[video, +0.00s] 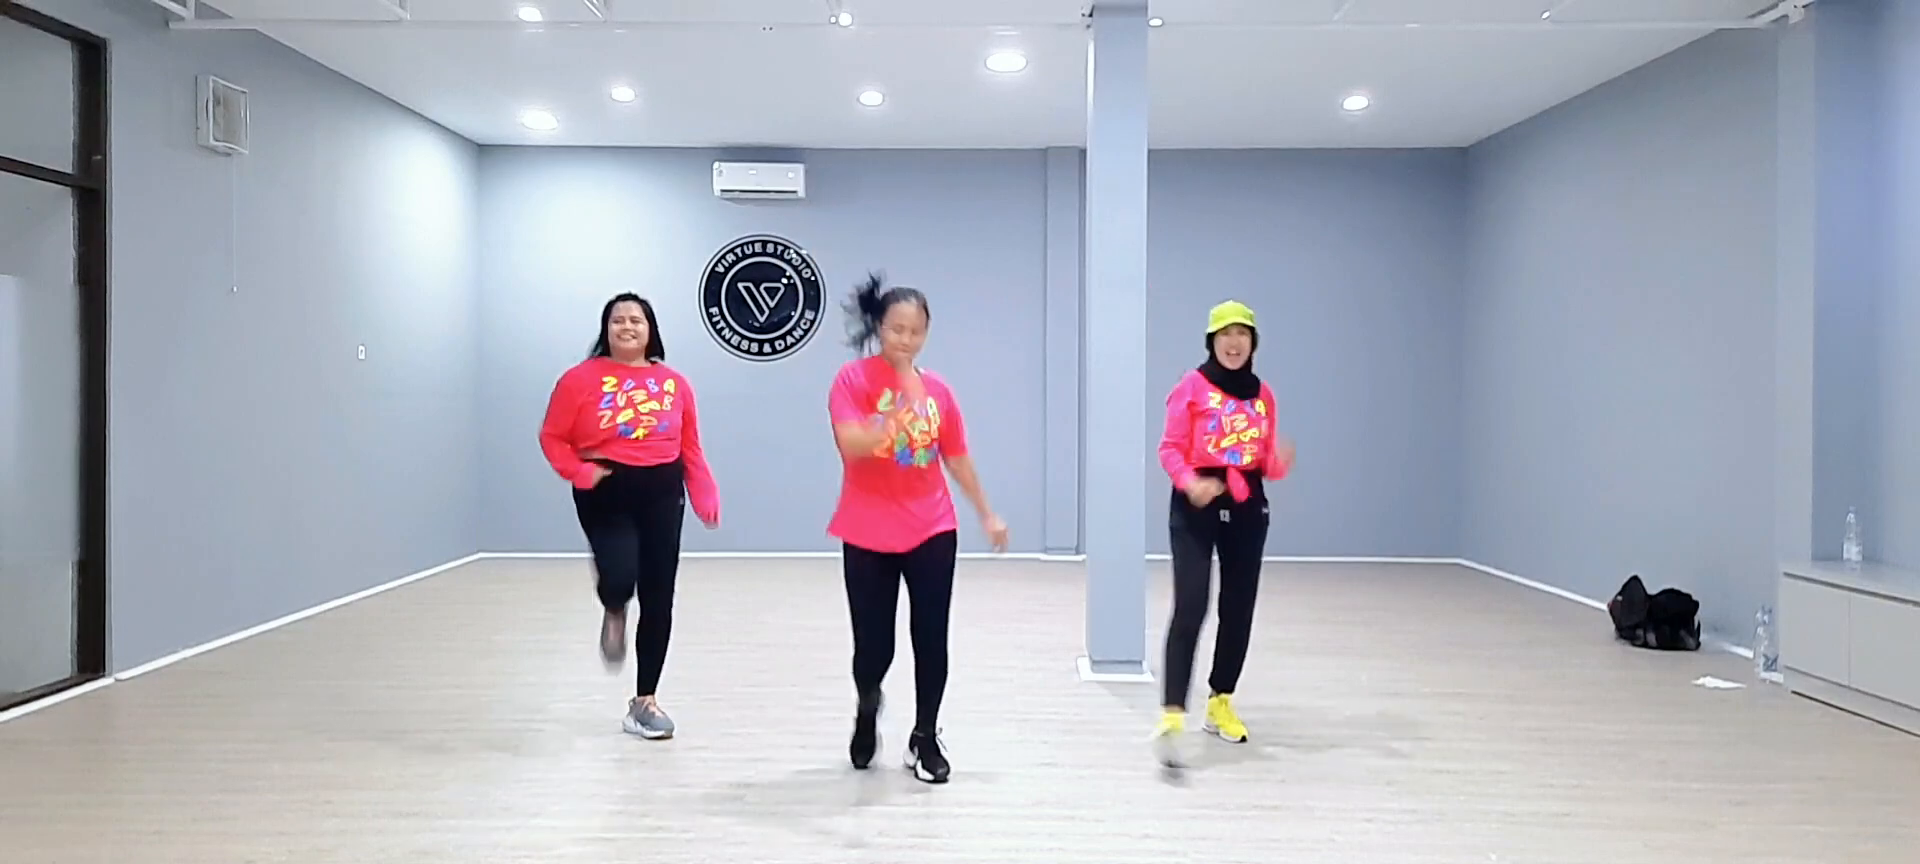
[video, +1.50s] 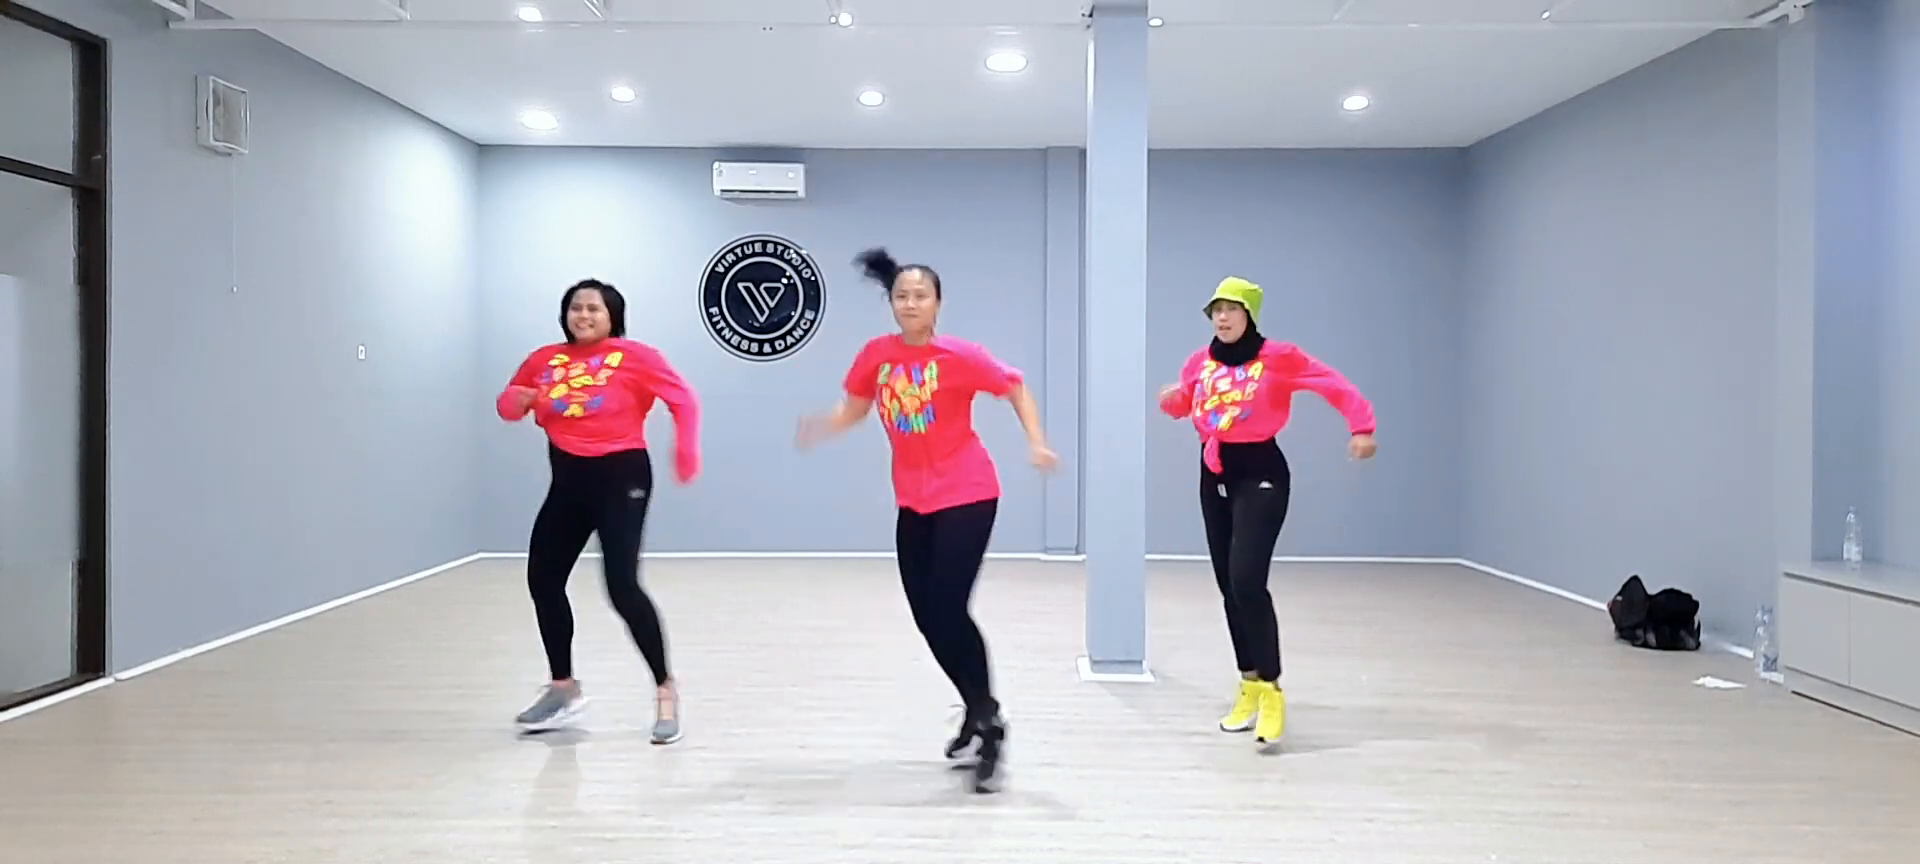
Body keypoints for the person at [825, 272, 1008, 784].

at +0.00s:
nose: (906, 339)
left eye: (916, 330)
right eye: (897, 329)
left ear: (926, 334)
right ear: (878, 329)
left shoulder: (937, 390)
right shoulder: (853, 380)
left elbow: (958, 459)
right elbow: (852, 445)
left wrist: (987, 513)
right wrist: (897, 416)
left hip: (931, 529)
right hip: (868, 531)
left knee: (931, 643)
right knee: (873, 651)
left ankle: (925, 736)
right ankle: (867, 711)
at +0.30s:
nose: (922, 352)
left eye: (929, 343)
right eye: (913, 342)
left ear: (936, 334)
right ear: (889, 330)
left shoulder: (927, 371)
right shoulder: (859, 370)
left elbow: (950, 439)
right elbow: (785, 399)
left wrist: (943, 391)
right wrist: (825, 455)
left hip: (902, 521)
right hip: (854, 521)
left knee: (941, 620)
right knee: (872, 644)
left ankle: (909, 729)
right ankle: (837, 785)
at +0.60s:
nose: (934, 325)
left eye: (936, 316)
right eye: (934, 315)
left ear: (893, 305)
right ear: (918, 308)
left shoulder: (854, 347)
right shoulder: (911, 355)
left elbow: (815, 387)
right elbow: (924, 427)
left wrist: (851, 424)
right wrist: (962, 402)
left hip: (827, 508)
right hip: (868, 513)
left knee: (878, 626)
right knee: (885, 634)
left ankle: (858, 745)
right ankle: (844, 775)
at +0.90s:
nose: (850, 323)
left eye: (853, 315)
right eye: (853, 314)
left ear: (864, 318)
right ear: (901, 316)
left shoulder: (839, 374)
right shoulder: (932, 375)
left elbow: (812, 450)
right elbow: (941, 449)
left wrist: (825, 495)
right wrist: (895, 466)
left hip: (842, 526)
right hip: (908, 528)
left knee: (842, 637)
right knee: (910, 614)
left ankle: (835, 761)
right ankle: (914, 697)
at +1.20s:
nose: (879, 332)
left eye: (890, 325)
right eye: (878, 324)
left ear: (918, 335)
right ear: (886, 334)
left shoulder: (918, 385)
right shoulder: (898, 387)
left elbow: (907, 453)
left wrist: (867, 413)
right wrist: (877, 474)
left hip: (933, 521)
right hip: (915, 522)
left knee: (863, 608)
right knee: (905, 623)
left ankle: (880, 745)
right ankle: (957, 727)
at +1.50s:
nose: (911, 302)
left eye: (921, 295)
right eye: (902, 295)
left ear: (938, 304)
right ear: (891, 304)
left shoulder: (961, 356)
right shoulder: (876, 355)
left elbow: (1015, 388)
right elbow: (853, 408)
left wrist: (1037, 441)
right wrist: (822, 426)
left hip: (968, 498)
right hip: (915, 504)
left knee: (947, 607)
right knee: (927, 616)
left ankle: (988, 722)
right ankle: (978, 709)